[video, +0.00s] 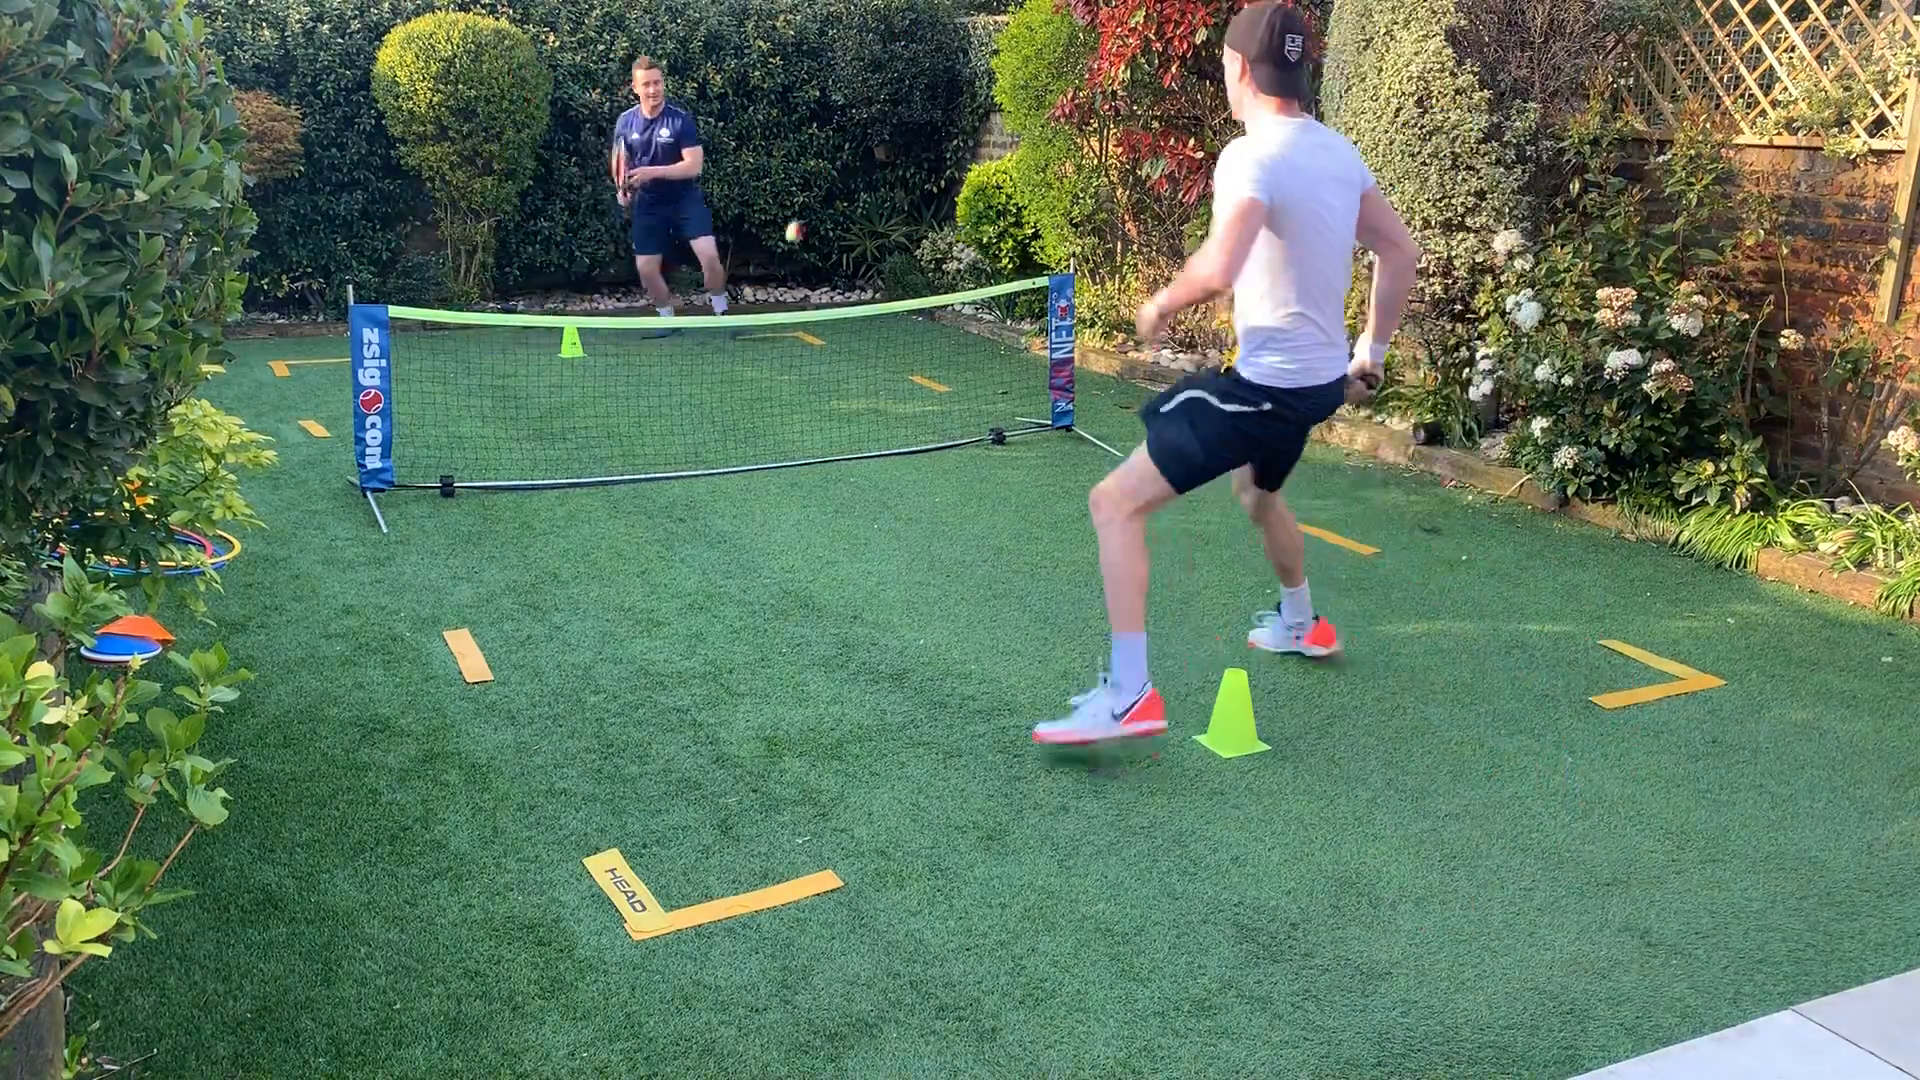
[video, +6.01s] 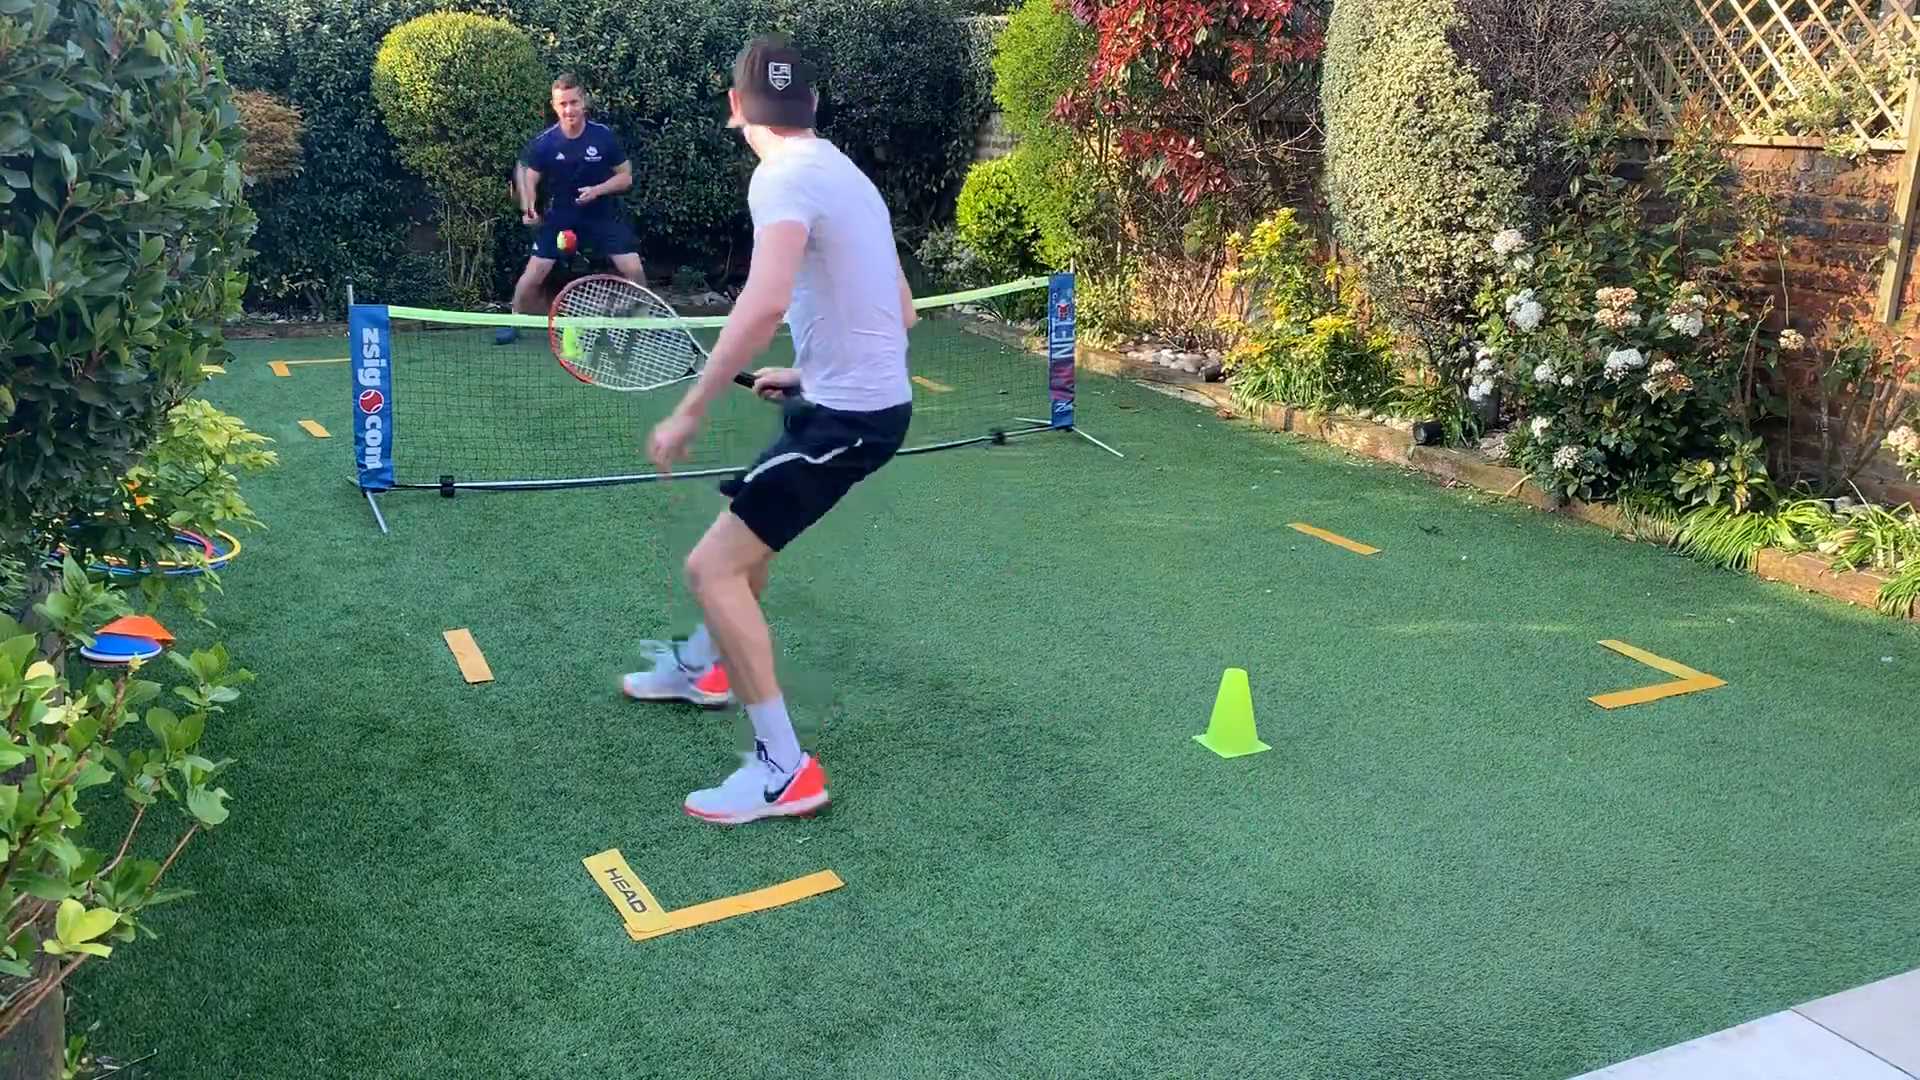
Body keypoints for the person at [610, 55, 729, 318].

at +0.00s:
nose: (653, 89)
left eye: (657, 83)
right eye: (646, 84)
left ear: (663, 84)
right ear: (635, 88)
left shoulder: (681, 120)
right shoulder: (625, 122)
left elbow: (694, 166)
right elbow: (619, 162)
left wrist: (652, 172)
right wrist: (622, 186)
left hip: (685, 198)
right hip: (647, 203)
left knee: (710, 256)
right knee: (646, 269)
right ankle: (668, 320)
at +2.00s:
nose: (508, 86)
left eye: (512, 79)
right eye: (501, 79)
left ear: (517, 82)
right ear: (485, 81)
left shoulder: (523, 118)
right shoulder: (465, 117)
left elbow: (527, 160)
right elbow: (439, 158)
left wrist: (523, 176)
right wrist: (478, 180)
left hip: (501, 201)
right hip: (463, 201)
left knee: (516, 267)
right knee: (456, 271)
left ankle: (475, 314)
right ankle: (430, 338)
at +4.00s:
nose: (427, 108)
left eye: (432, 99)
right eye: (420, 103)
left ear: (444, 97)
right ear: (413, 106)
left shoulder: (474, 118)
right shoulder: (413, 145)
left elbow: (505, 144)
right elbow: (432, 189)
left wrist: (491, 173)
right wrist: (458, 211)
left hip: (484, 203)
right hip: (441, 207)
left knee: (505, 268)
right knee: (431, 273)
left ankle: (512, 337)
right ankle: (416, 344)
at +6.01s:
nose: (569, 110)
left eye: (573, 103)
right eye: (562, 104)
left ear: (584, 103)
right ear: (554, 106)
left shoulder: (603, 136)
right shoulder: (544, 144)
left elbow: (626, 178)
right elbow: (530, 180)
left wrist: (596, 191)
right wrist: (529, 206)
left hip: (601, 215)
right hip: (560, 217)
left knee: (633, 269)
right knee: (534, 272)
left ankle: (642, 324)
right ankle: (512, 322)